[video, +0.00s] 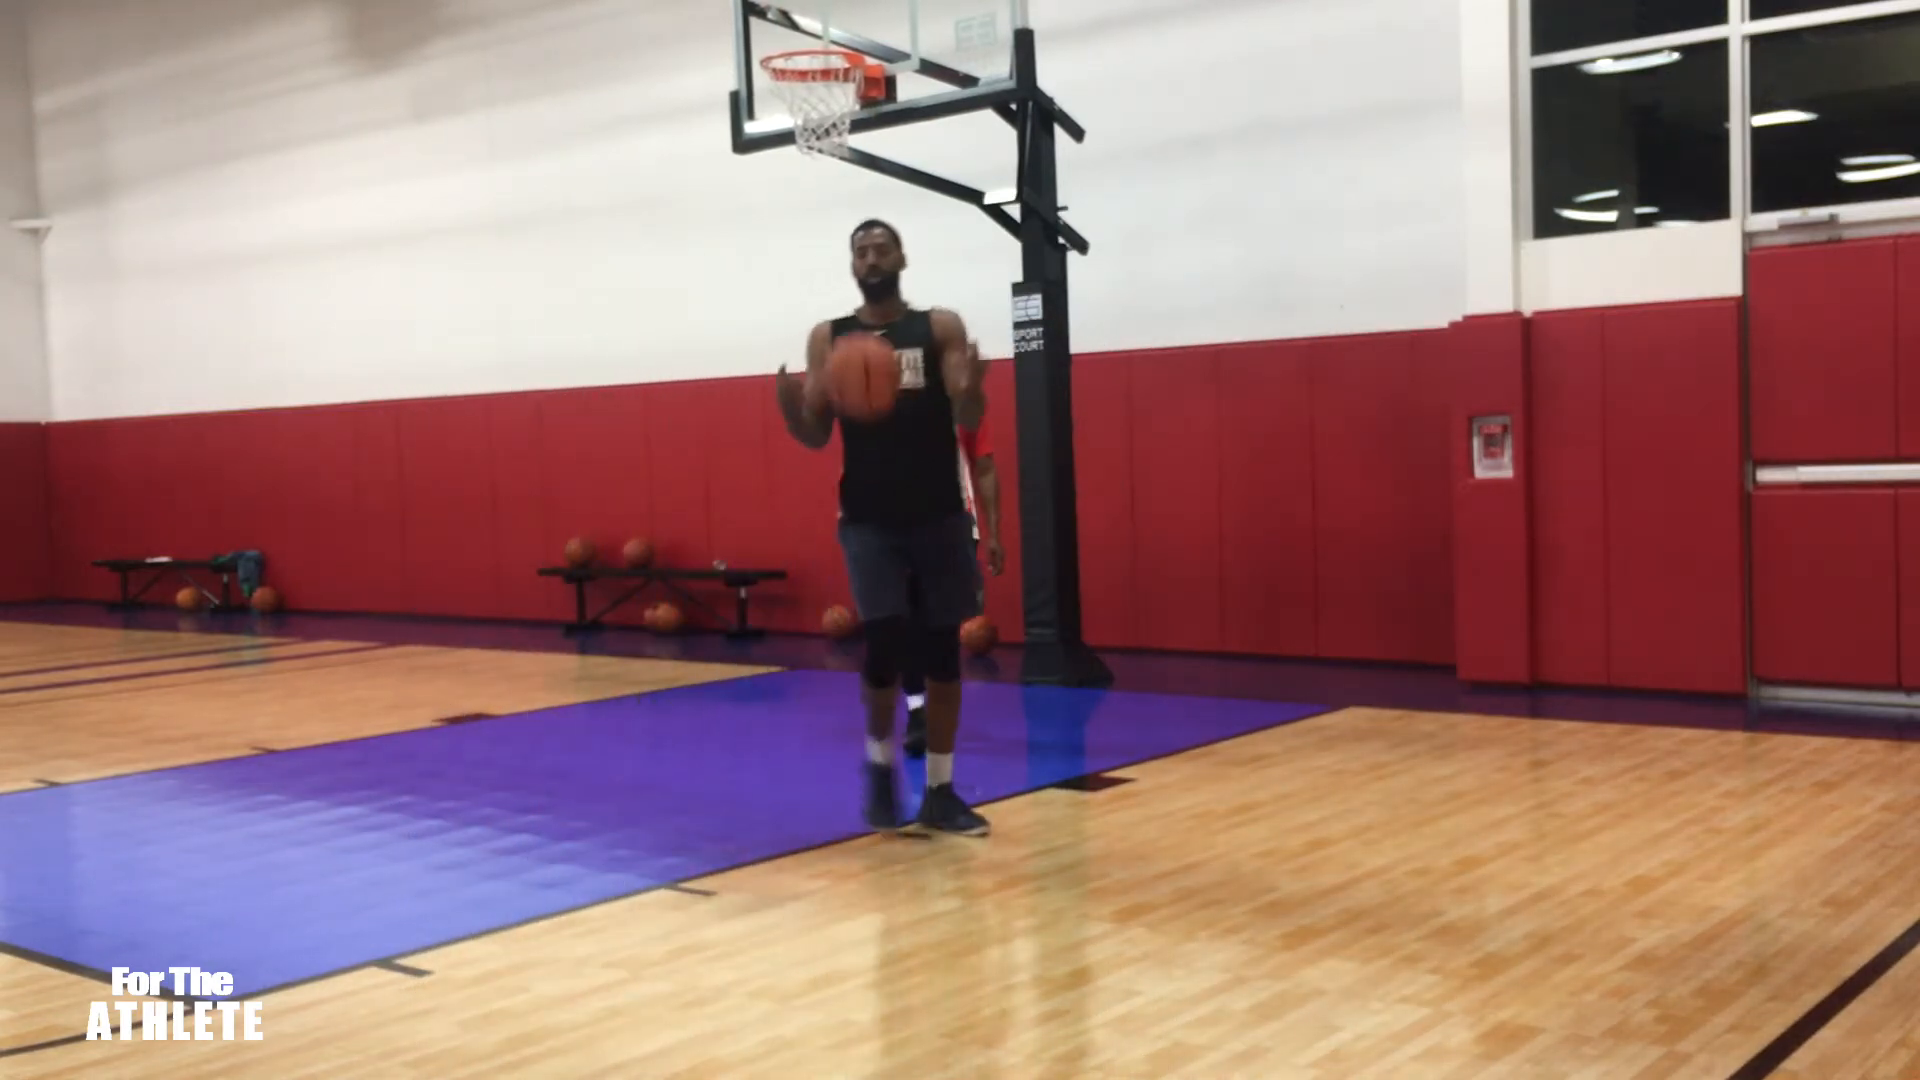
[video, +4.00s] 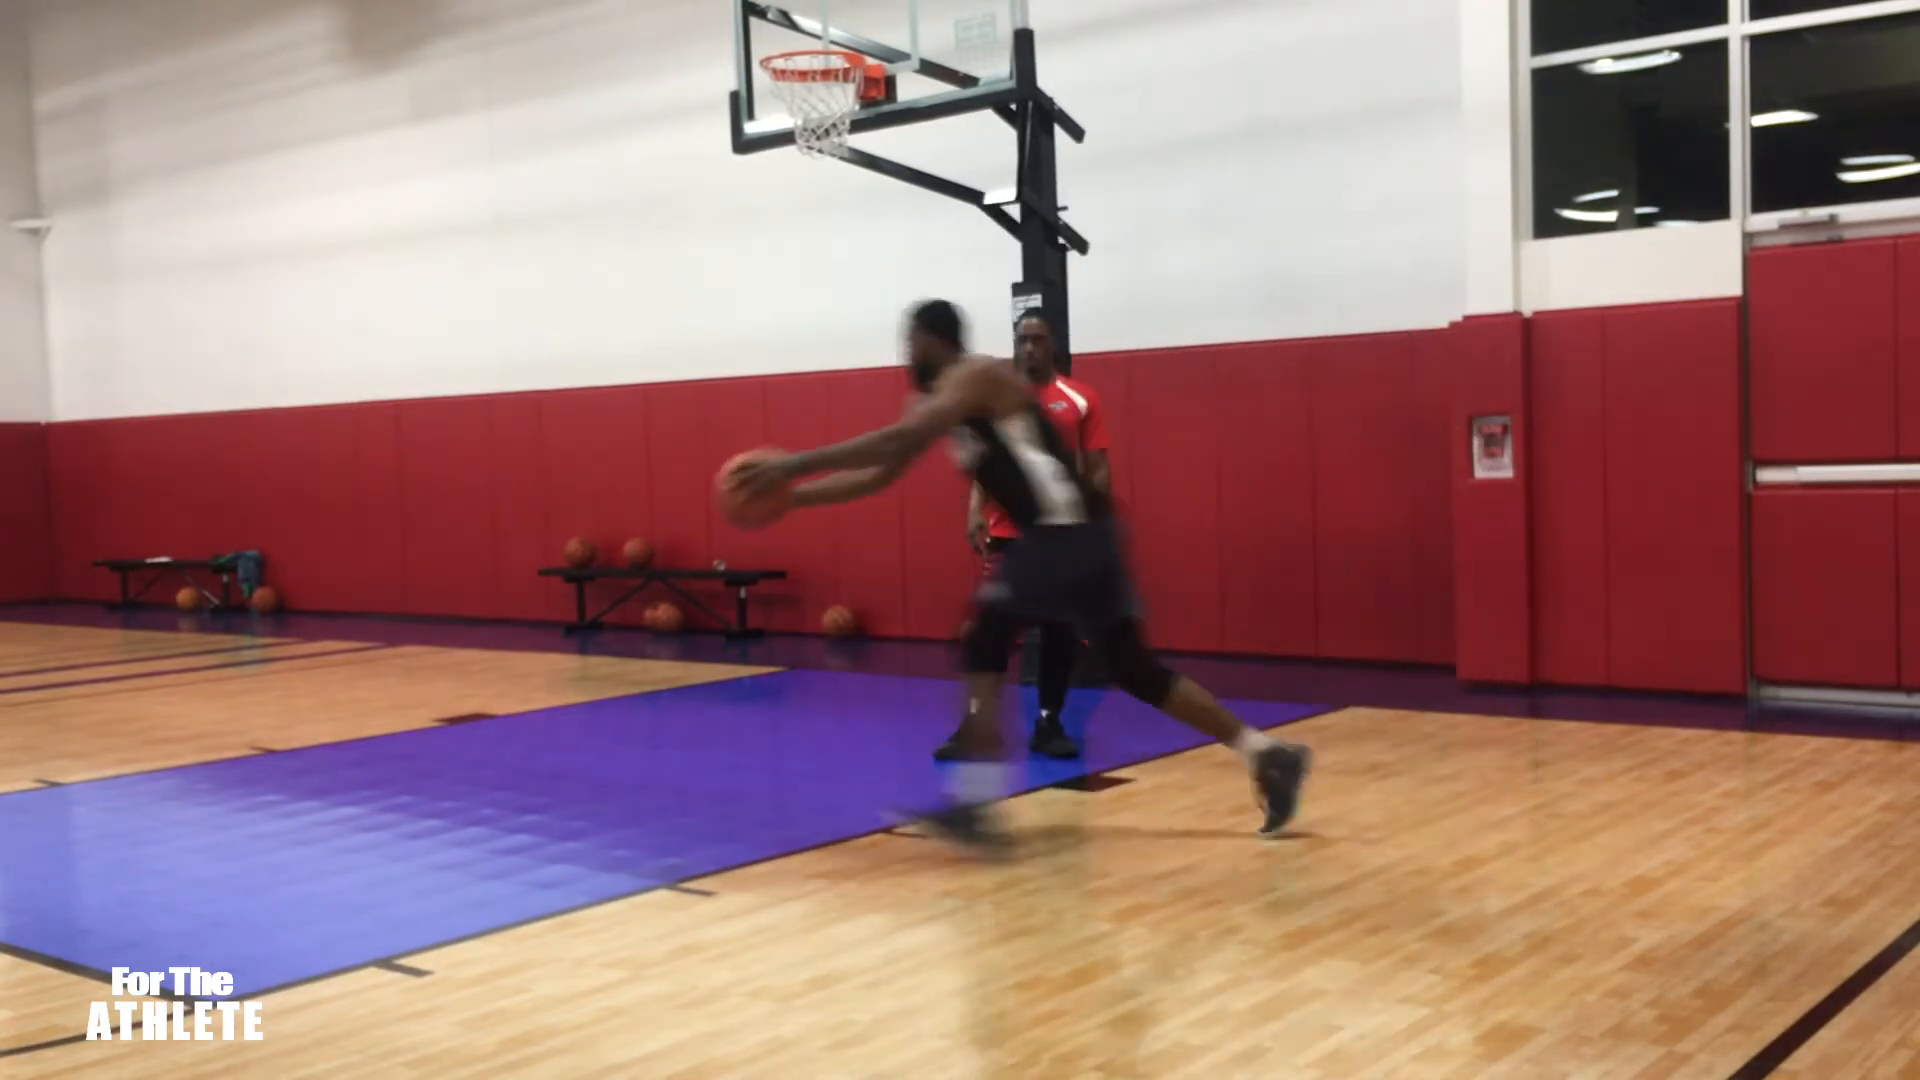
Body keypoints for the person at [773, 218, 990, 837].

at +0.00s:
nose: (872, 257)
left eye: (882, 247)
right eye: (863, 250)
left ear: (903, 258)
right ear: (851, 265)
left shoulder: (941, 327)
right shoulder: (831, 339)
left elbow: (968, 425)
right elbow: (815, 434)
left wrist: (967, 389)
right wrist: (795, 407)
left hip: (939, 515)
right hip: (869, 519)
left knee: (942, 650)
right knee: (885, 643)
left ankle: (939, 789)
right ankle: (880, 770)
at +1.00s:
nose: (974, 260)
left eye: (987, 244)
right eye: (965, 249)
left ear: (1028, 246)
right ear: (963, 260)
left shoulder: (1093, 327)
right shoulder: (959, 353)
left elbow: (1161, 428)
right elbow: (947, 471)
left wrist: (1174, 534)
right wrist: (906, 558)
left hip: (1084, 548)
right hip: (1002, 556)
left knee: (1067, 706)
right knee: (967, 716)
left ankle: (1117, 904)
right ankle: (1016, 801)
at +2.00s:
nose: (948, 251)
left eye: (957, 234)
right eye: (949, 237)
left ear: (1001, 236)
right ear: (996, 241)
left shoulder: (1093, 310)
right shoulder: (985, 338)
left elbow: (1157, 418)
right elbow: (1001, 466)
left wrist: (1045, 363)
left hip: (1109, 559)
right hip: (1026, 558)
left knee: (1105, 730)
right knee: (961, 711)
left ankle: (1193, 946)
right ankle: (986, 902)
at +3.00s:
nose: (1249, 269)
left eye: (1260, 255)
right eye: (1240, 258)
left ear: (1294, 248)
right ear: (1235, 259)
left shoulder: (1351, 299)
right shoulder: (1225, 336)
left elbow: (1399, 357)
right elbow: (1186, 425)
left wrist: (1410, 341)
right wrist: (1192, 513)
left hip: (1340, 508)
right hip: (1264, 515)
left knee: (1352, 652)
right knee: (1280, 657)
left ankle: (1347, 803)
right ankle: (1288, 819)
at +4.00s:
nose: (908, 356)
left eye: (912, 344)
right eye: (909, 346)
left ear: (933, 341)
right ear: (949, 341)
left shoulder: (979, 375)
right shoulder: (952, 402)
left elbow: (894, 439)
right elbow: (879, 474)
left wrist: (791, 465)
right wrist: (794, 496)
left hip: (1056, 541)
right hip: (1082, 542)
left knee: (987, 642)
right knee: (1133, 669)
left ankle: (975, 791)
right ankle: (1261, 752)